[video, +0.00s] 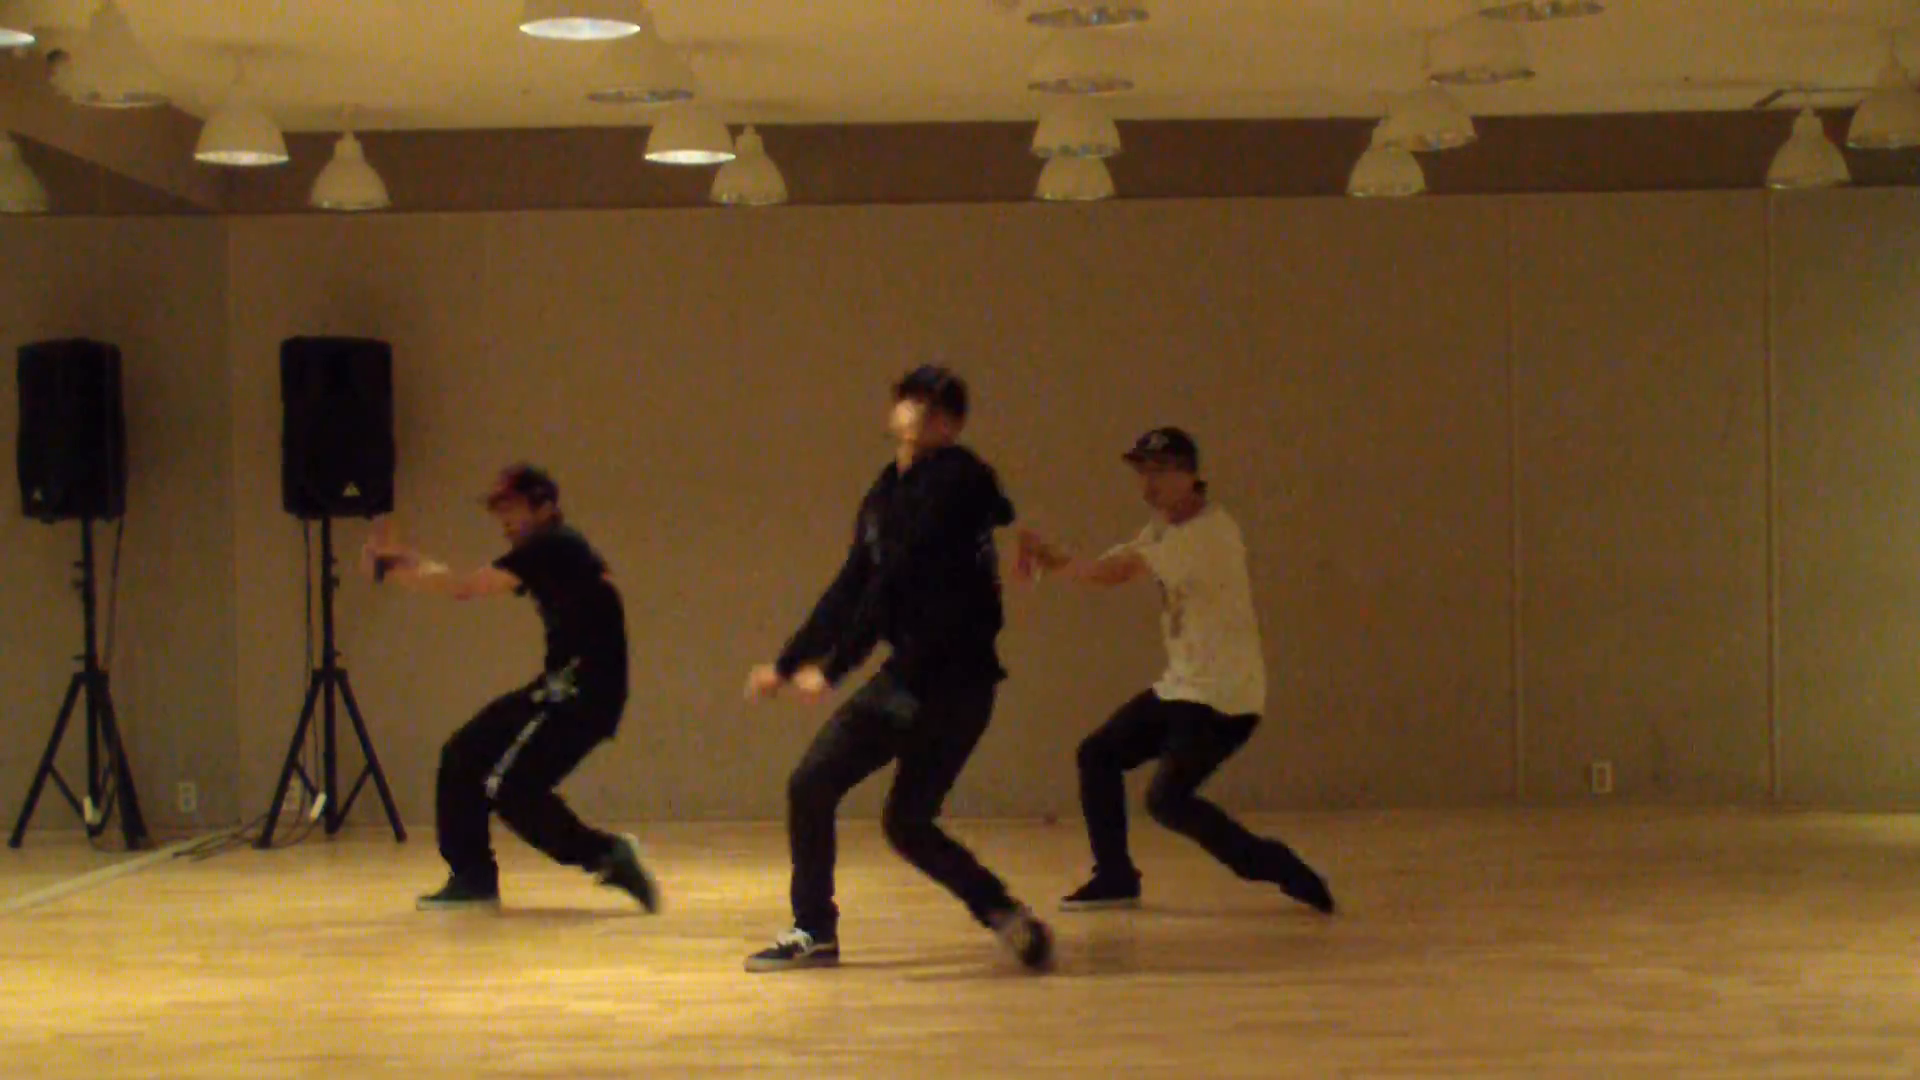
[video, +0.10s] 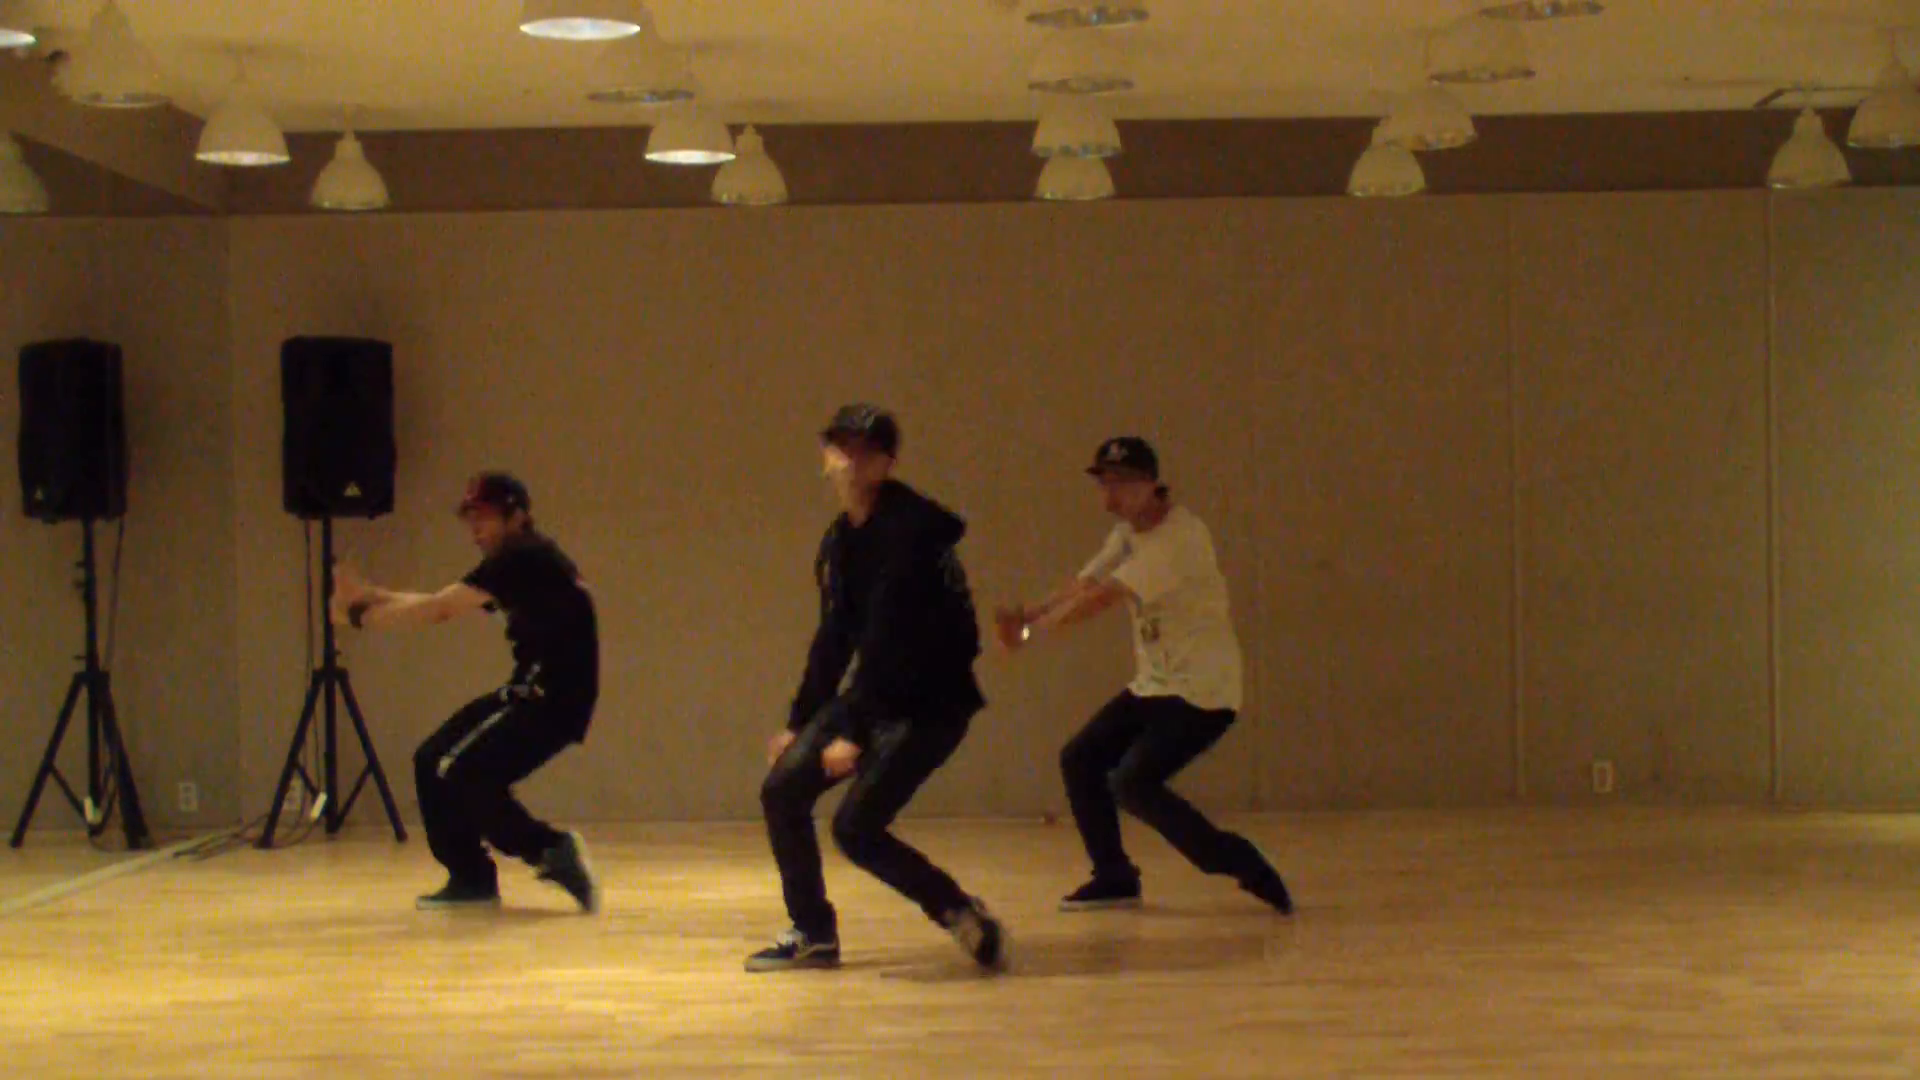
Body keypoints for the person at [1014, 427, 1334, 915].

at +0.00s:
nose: (1148, 484)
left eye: (1159, 472)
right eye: (1143, 473)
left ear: (1189, 476)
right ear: (1141, 476)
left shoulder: (1211, 533)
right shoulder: (1164, 530)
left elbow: (1123, 571)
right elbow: (1112, 565)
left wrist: (1056, 564)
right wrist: (1053, 558)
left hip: (1226, 700)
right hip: (1179, 689)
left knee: (1166, 799)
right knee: (1097, 756)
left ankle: (1279, 866)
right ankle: (1113, 873)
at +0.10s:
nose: (1108, 497)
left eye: (1119, 485)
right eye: (1104, 486)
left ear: (1150, 485)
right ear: (1103, 486)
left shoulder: (1182, 538)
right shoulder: (1128, 532)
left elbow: (1105, 596)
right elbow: (1083, 585)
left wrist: (1035, 629)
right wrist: (1028, 613)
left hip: (1203, 696)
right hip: (1153, 687)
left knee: (1132, 785)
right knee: (1081, 761)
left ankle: (1244, 865)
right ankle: (1113, 874)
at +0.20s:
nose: (1086, 503)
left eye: (1098, 491)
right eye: (1080, 491)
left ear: (1127, 491)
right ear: (1075, 491)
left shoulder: (1160, 540)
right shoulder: (1099, 534)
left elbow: (1106, 618)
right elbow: (1072, 606)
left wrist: (1051, 675)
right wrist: (1034, 660)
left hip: (1187, 688)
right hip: (1133, 684)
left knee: (1119, 771)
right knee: (1069, 763)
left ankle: (1215, 855)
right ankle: (1112, 874)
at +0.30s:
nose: (1074, 488)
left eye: (1084, 476)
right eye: (1068, 476)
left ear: (1113, 480)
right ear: (1064, 480)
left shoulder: (1151, 534)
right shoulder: (1079, 531)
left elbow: (1144, 635)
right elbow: (1069, 615)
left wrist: (1098, 699)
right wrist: (1050, 687)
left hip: (1178, 675)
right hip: (1121, 676)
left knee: (1113, 740)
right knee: (1062, 761)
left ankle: (1186, 819)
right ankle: (1111, 872)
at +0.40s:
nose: (1079, 460)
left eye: (1089, 448)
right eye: (1072, 450)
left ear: (1117, 450)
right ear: (1066, 454)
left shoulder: (1160, 504)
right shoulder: (1070, 512)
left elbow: (1195, 584)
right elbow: (1042, 591)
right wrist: (1008, 650)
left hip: (1170, 653)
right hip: (1106, 664)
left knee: (1124, 709)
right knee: (1070, 763)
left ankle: (1165, 769)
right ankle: (1111, 870)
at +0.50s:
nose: (1096, 420)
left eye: (1106, 409)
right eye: (1086, 411)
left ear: (1130, 411)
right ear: (1077, 417)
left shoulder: (1170, 465)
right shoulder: (1069, 477)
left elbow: (1204, 477)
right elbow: (1010, 508)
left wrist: (1219, 469)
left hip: (1174, 625)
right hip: (1109, 638)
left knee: (1143, 699)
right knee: (1089, 749)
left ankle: (1174, 811)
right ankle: (1115, 870)